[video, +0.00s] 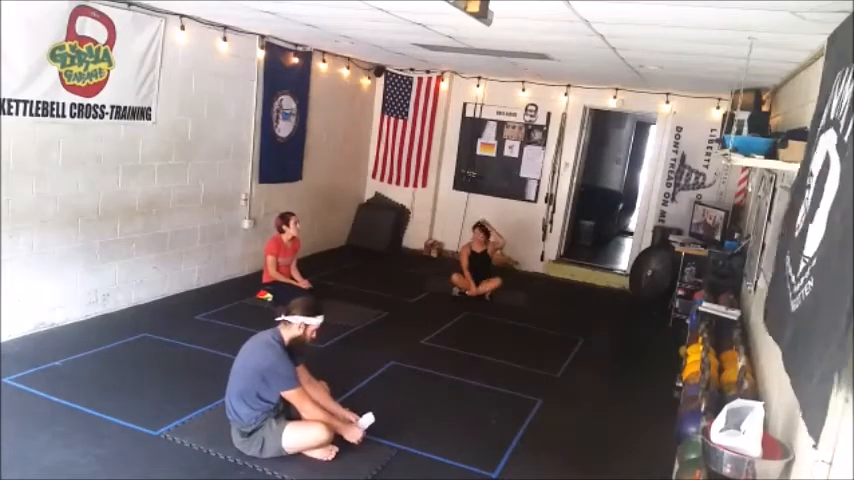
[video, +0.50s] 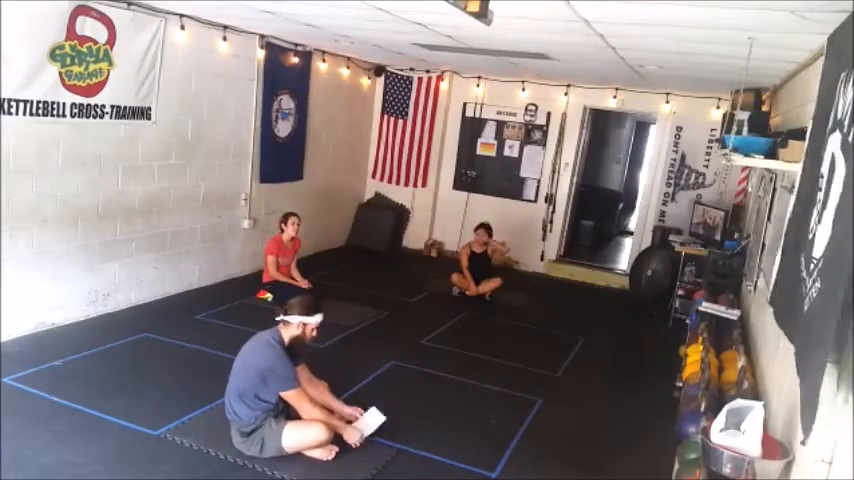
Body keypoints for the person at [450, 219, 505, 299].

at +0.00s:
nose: (479, 237)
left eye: (481, 234)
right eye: (476, 233)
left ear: (486, 236)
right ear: (473, 234)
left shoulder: (490, 247)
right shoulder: (466, 249)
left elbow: (501, 243)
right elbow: (465, 269)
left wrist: (491, 229)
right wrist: (472, 286)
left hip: (484, 279)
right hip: (470, 277)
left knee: (498, 281)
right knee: (455, 277)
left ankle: (468, 293)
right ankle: (482, 294)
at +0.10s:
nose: (479, 238)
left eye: (482, 236)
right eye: (478, 235)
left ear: (488, 238)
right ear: (476, 234)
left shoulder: (491, 247)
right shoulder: (466, 248)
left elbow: (505, 243)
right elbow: (465, 269)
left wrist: (492, 230)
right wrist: (472, 285)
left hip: (485, 279)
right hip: (470, 277)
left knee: (498, 281)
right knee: (454, 277)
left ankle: (467, 293)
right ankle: (482, 294)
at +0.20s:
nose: (479, 238)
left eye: (482, 236)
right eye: (478, 235)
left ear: (488, 238)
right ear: (476, 234)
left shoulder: (492, 247)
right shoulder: (466, 249)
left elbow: (505, 243)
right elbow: (465, 269)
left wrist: (492, 230)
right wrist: (472, 285)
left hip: (485, 279)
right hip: (470, 277)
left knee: (498, 281)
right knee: (455, 277)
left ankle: (467, 293)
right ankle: (482, 294)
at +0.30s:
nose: (477, 238)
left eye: (481, 236)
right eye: (476, 234)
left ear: (486, 238)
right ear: (474, 234)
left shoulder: (491, 247)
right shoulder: (466, 248)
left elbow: (505, 243)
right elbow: (465, 269)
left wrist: (491, 230)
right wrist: (472, 285)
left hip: (484, 279)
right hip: (470, 277)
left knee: (498, 281)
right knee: (455, 277)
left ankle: (467, 293)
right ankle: (482, 294)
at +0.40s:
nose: (479, 237)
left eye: (482, 235)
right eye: (477, 234)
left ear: (487, 238)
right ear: (474, 235)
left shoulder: (490, 247)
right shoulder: (466, 248)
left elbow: (506, 245)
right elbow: (465, 268)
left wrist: (492, 231)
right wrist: (472, 285)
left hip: (484, 279)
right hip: (470, 277)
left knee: (498, 281)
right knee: (454, 277)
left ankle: (467, 293)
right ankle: (482, 293)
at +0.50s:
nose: (479, 238)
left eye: (483, 235)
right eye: (477, 234)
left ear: (488, 237)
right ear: (474, 235)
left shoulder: (490, 248)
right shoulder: (466, 248)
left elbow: (506, 250)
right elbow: (465, 268)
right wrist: (472, 285)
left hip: (484, 279)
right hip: (470, 277)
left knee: (498, 281)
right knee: (454, 277)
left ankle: (467, 293)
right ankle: (482, 293)